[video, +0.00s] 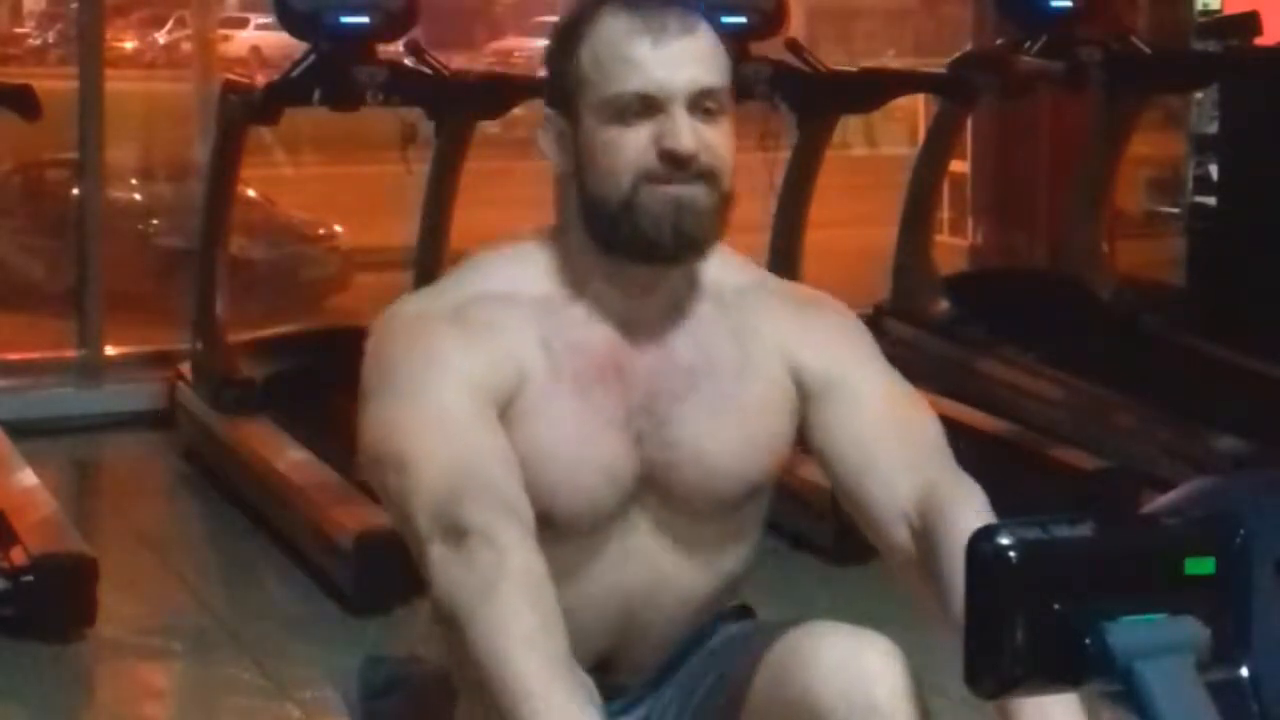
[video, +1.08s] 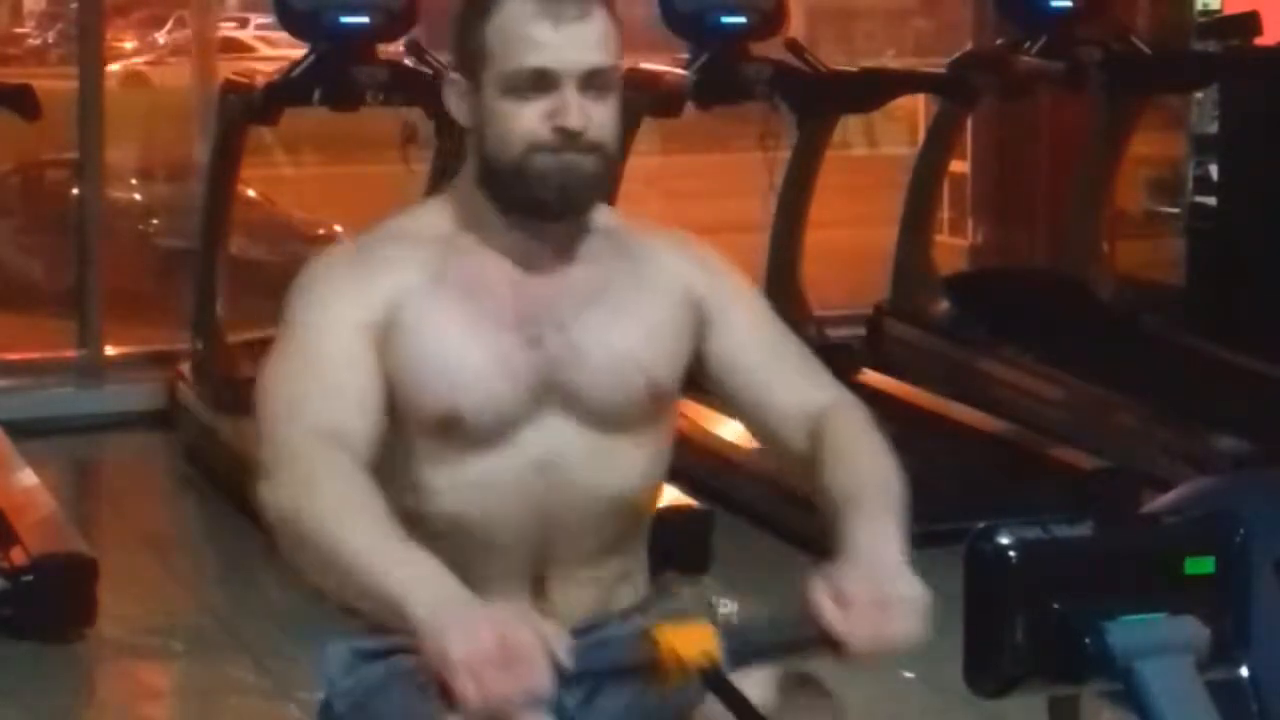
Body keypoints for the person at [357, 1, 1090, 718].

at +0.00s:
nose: (682, 143)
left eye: (705, 109)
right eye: (633, 113)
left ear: (735, 127)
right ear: (555, 137)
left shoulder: (806, 330)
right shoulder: (441, 342)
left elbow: (931, 513)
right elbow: (484, 571)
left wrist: (1048, 695)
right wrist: (570, 713)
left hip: (684, 670)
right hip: (486, 686)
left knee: (858, 672)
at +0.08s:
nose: (638, 114)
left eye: (663, 81)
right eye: (592, 84)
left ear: (694, 105)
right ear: (521, 109)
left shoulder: (762, 301)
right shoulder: (415, 304)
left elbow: (899, 482)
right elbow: (445, 511)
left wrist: (1016, 679)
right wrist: (556, 704)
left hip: (656, 654)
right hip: (460, 670)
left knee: (851, 675)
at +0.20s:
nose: (568, 90)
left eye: (592, 62)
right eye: (526, 65)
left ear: (622, 84)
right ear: (459, 89)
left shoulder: (697, 266)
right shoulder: (374, 273)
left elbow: (823, 418)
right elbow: (385, 451)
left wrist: (908, 567)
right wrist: (497, 613)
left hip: (641, 635)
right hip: (429, 641)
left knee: (842, 679)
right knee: (509, 697)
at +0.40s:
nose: (504, 111)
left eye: (529, 82)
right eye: (469, 84)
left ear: (557, 91)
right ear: (409, 92)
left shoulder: (629, 249)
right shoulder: (328, 261)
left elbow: (754, 397)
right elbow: (286, 434)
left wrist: (807, 508)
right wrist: (410, 548)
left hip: (607, 621)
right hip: (420, 629)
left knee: (784, 714)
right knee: (461, 708)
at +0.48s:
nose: (486, 141)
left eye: (512, 113)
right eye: (452, 114)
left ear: (540, 109)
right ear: (400, 106)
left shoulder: (599, 251)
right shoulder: (314, 264)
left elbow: (729, 399)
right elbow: (220, 446)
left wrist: (748, 475)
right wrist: (357, 519)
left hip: (590, 614)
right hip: (404, 627)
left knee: (701, 712)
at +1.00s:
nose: (549, 115)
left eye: (574, 86)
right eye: (510, 86)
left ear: (603, 96)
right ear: (441, 96)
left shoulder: (655, 267)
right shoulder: (341, 275)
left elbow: (801, 409)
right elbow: (265, 465)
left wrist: (834, 519)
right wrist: (415, 577)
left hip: (616, 640)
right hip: (418, 648)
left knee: (786, 710)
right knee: (486, 714)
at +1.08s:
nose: (571, 117)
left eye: (595, 88)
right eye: (534, 88)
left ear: (622, 99)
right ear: (462, 96)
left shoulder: (678, 275)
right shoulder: (359, 283)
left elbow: (824, 420)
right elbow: (306, 477)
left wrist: (873, 551)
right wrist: (447, 612)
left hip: (624, 647)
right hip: (419, 654)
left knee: (827, 689)